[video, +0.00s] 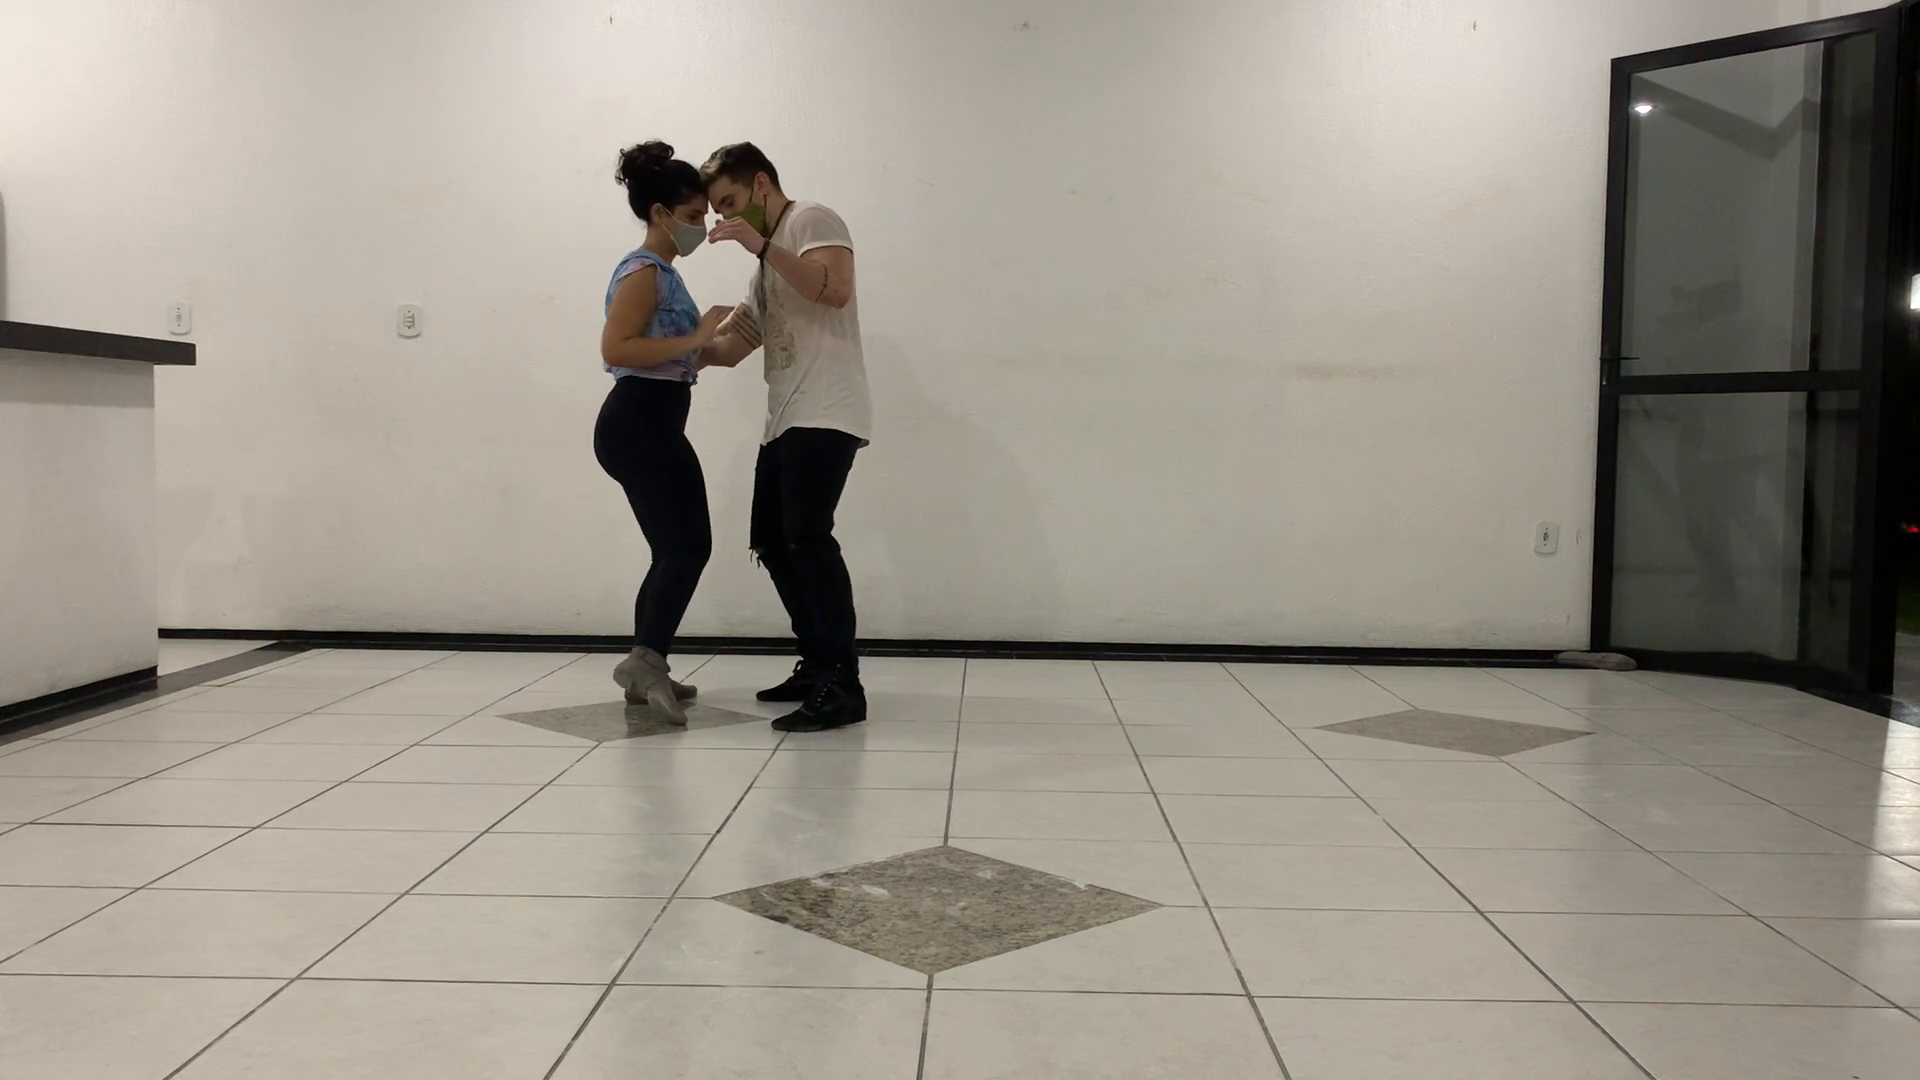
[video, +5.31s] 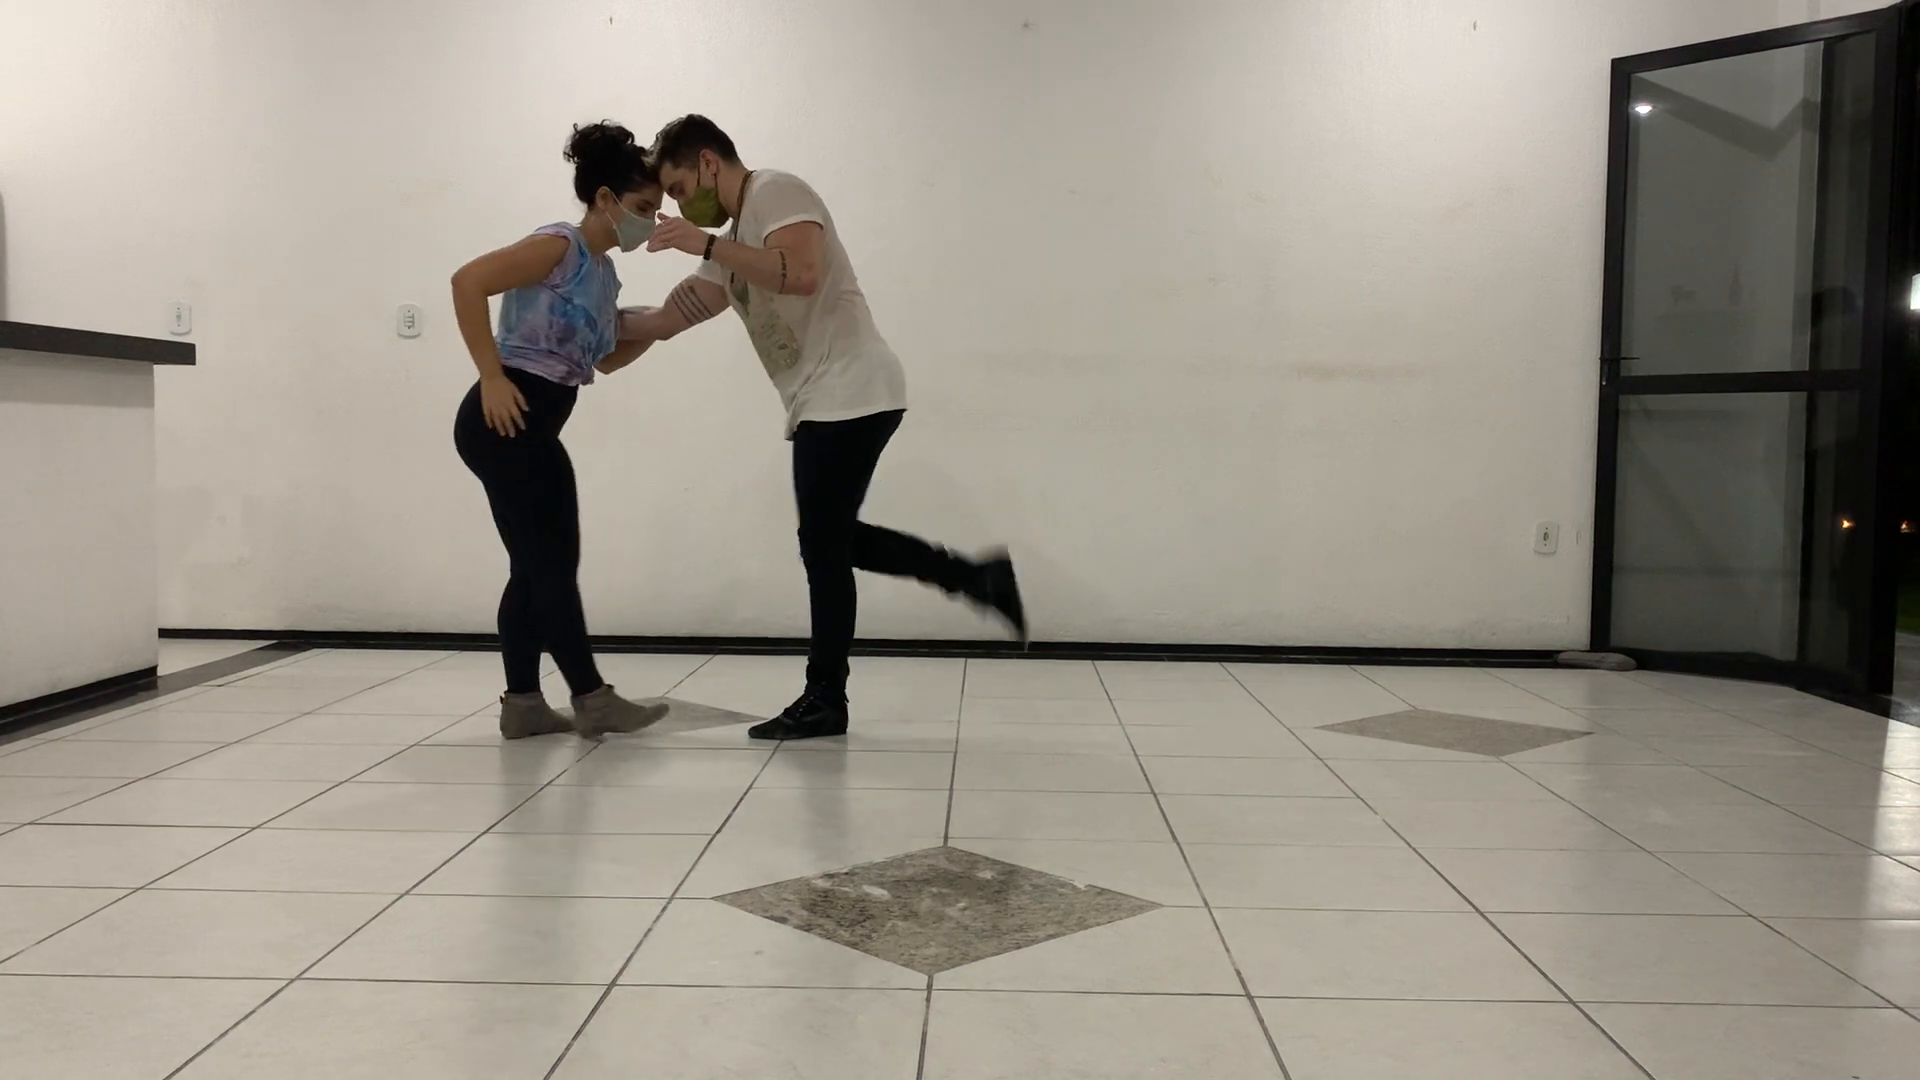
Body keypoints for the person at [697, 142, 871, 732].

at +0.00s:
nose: (730, 219)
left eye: (731, 203)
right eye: (721, 210)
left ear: (763, 183)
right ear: (740, 203)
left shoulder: (812, 219)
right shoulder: (765, 272)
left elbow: (836, 288)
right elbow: (728, 349)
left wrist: (760, 245)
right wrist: (660, 340)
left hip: (827, 411)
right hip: (786, 418)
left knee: (806, 538)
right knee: (771, 542)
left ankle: (842, 687)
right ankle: (818, 666)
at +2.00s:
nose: (722, 227)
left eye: (724, 211)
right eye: (714, 220)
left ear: (757, 192)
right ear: (739, 212)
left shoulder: (802, 218)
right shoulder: (763, 277)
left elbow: (809, 282)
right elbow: (744, 369)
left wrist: (732, 248)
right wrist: (686, 362)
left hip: (833, 411)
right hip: (782, 420)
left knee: (793, 536)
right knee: (765, 543)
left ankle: (778, 683)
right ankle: (820, 671)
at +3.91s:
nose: (728, 214)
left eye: (730, 198)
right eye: (722, 206)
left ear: (763, 180)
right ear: (758, 190)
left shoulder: (800, 214)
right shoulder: (779, 248)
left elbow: (794, 290)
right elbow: (752, 343)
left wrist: (715, 251)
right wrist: (677, 334)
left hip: (843, 396)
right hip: (816, 401)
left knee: (785, 518)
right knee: (786, 523)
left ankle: (827, 669)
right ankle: (816, 665)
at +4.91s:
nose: (701, 201)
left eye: (701, 185)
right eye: (694, 192)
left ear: (733, 163)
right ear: (735, 170)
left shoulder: (788, 195)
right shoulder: (766, 236)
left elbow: (789, 283)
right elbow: (698, 308)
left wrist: (698, 247)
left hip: (870, 394)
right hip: (871, 395)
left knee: (853, 546)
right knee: (875, 546)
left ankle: (830, 700)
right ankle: (860, 697)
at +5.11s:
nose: (689, 204)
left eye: (689, 189)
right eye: (683, 195)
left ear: (720, 165)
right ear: (722, 171)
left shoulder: (780, 196)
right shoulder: (756, 234)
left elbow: (798, 281)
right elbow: (682, 306)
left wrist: (702, 254)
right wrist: (596, 319)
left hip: (860, 396)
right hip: (874, 393)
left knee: (842, 551)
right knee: (895, 540)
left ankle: (824, 701)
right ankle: (928, 690)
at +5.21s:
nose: (683, 203)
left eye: (684, 185)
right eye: (676, 193)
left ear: (714, 160)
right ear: (714, 169)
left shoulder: (778, 193)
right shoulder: (745, 240)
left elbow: (801, 275)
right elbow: (675, 310)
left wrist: (705, 250)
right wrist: (590, 320)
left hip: (855, 396)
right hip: (853, 397)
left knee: (835, 546)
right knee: (873, 536)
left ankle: (825, 699)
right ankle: (963, 665)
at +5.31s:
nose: (677, 203)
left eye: (677, 186)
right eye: (672, 194)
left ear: (711, 163)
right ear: (709, 172)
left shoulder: (776, 193)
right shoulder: (739, 241)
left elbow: (802, 273)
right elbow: (670, 316)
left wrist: (703, 244)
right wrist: (577, 320)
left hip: (852, 393)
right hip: (824, 400)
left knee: (825, 543)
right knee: (832, 540)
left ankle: (825, 703)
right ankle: (978, 579)